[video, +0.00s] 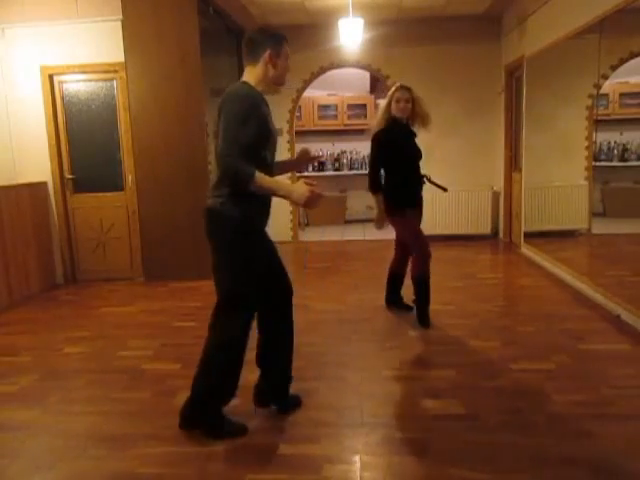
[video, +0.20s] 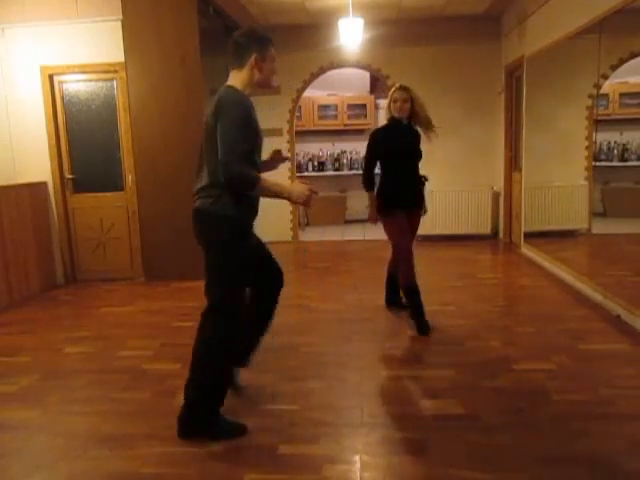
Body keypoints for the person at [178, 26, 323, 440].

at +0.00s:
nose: (286, 74)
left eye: (287, 66)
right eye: (285, 65)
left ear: (262, 59)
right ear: (270, 60)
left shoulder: (250, 101)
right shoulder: (242, 99)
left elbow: (250, 166)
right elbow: (233, 166)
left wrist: (289, 165)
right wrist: (284, 188)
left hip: (244, 221)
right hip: (232, 222)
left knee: (277, 297)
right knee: (236, 307)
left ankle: (273, 389)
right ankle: (201, 410)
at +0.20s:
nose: (272, 72)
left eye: (271, 64)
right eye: (270, 64)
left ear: (244, 60)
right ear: (257, 62)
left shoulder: (229, 100)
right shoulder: (233, 104)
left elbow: (231, 171)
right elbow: (235, 175)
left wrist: (268, 165)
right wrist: (286, 190)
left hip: (222, 216)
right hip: (221, 220)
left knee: (269, 279)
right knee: (225, 309)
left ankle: (229, 359)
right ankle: (198, 417)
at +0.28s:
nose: (269, 70)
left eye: (268, 63)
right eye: (266, 62)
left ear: (240, 61)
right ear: (250, 62)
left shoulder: (226, 101)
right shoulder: (229, 104)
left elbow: (226, 170)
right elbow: (236, 174)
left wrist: (259, 161)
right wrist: (287, 190)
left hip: (220, 214)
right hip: (221, 217)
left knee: (249, 291)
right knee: (237, 298)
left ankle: (202, 366)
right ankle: (200, 416)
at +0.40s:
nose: (260, 73)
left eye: (259, 66)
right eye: (258, 66)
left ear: (231, 64)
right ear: (243, 65)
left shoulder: (219, 103)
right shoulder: (224, 108)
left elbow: (224, 167)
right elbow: (228, 176)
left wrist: (259, 151)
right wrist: (277, 185)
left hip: (213, 214)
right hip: (219, 217)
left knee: (231, 300)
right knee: (249, 299)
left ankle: (194, 373)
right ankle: (215, 395)